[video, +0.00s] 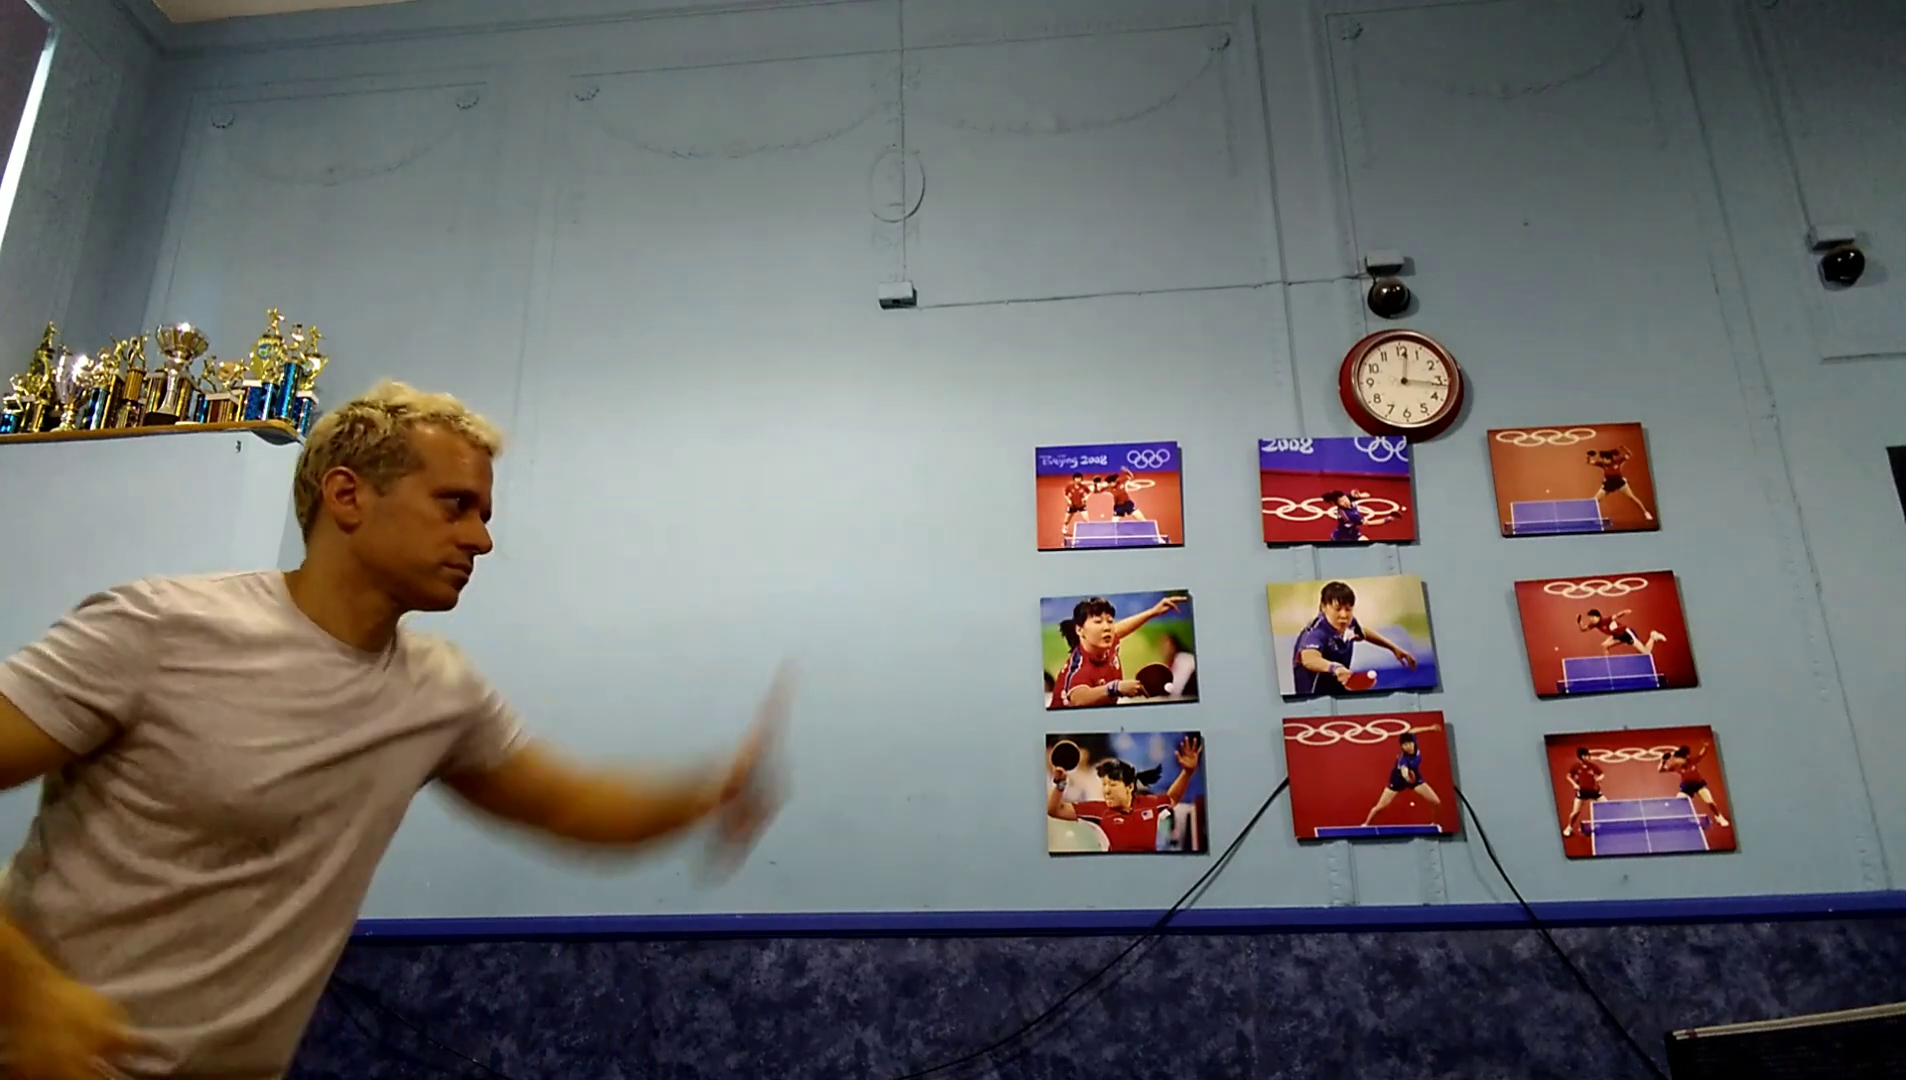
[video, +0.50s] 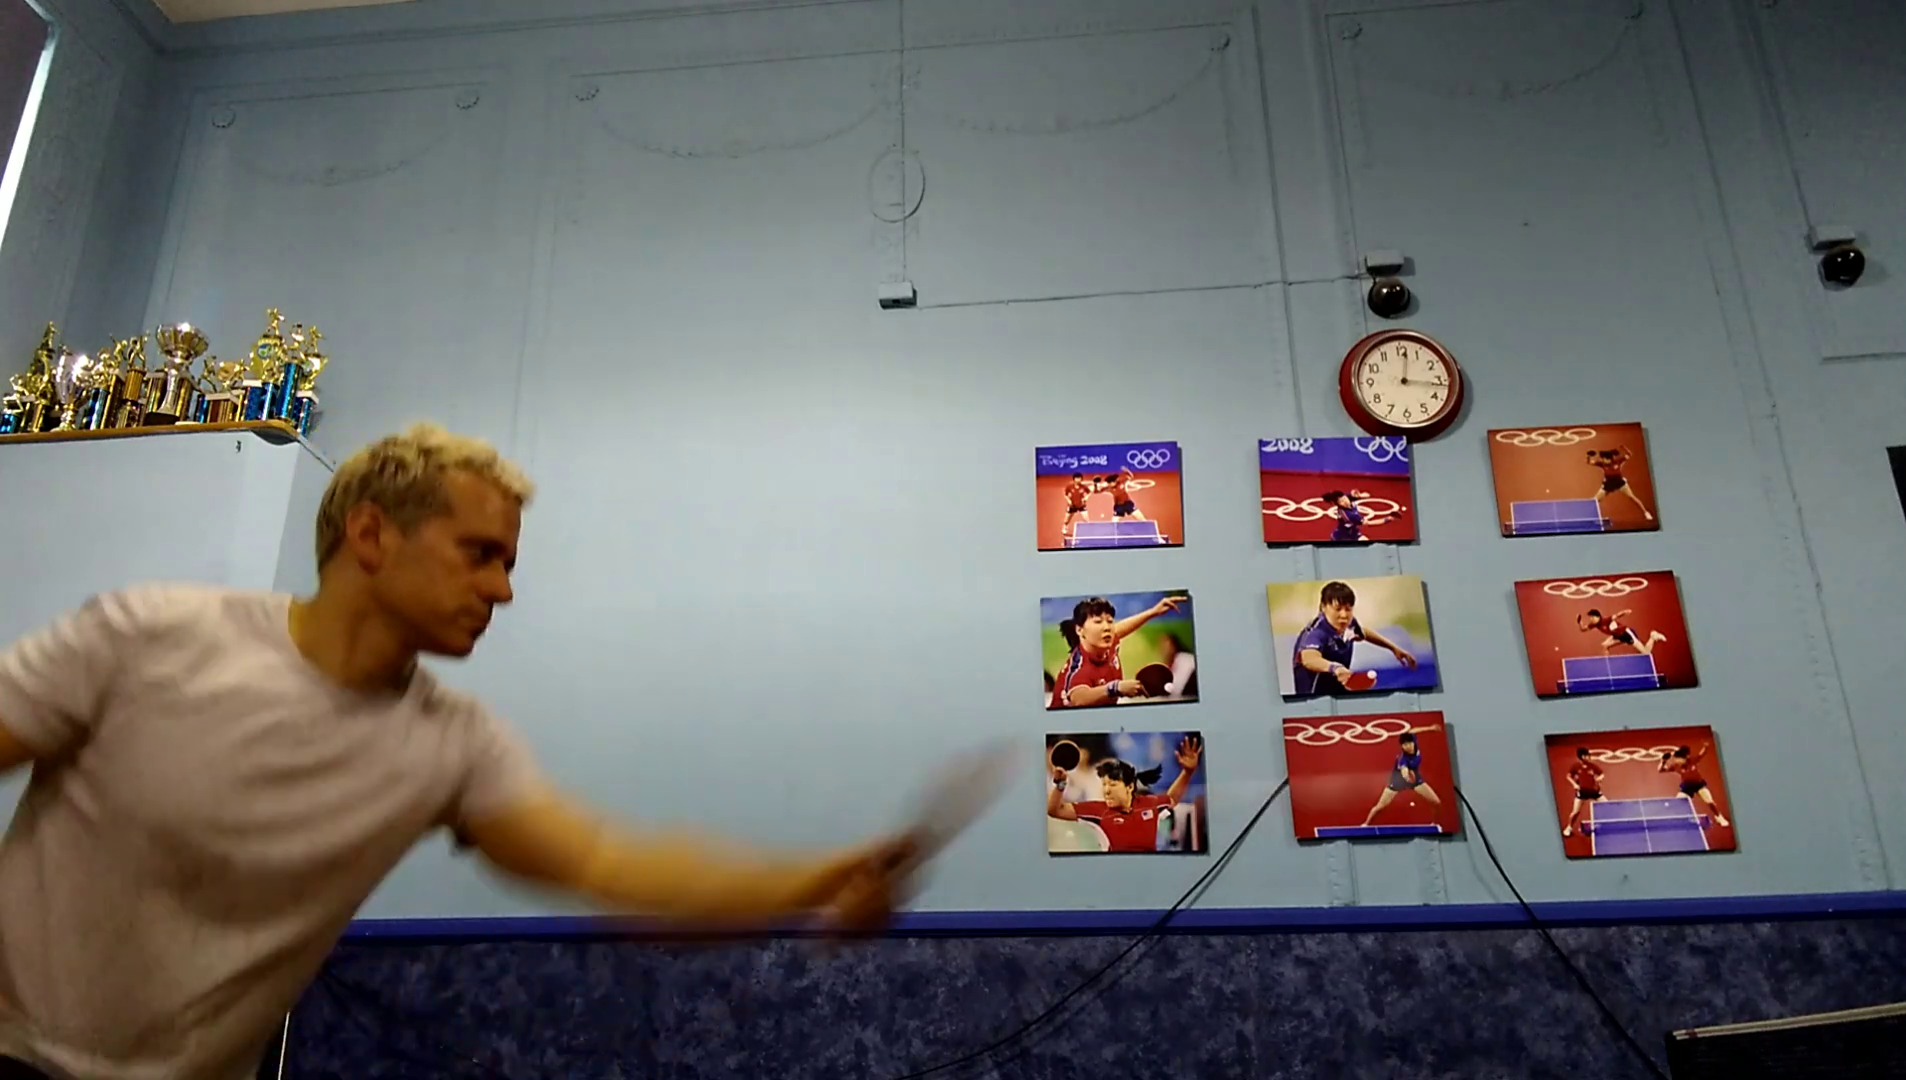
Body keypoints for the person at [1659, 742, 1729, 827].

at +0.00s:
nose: (1678, 761)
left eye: (1680, 759)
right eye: (1677, 759)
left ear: (1686, 758)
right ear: (1676, 758)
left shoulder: (1692, 761)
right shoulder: (1676, 766)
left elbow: (1701, 755)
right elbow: (1661, 770)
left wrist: (1705, 747)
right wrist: (1663, 761)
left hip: (1699, 784)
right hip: (1686, 786)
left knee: (1710, 802)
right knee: (1678, 803)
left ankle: (1718, 816)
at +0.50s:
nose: (1679, 762)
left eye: (1681, 760)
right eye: (1678, 760)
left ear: (1686, 758)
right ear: (1676, 759)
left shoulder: (1692, 761)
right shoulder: (1676, 766)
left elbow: (1700, 756)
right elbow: (1661, 770)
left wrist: (1705, 747)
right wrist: (1663, 760)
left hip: (1699, 784)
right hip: (1686, 786)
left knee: (1710, 802)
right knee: (1678, 803)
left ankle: (1718, 817)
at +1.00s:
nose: (1679, 761)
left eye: (1681, 759)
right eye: (1678, 760)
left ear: (1686, 757)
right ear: (1676, 759)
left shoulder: (1692, 761)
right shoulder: (1676, 766)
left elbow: (1700, 755)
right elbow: (1661, 770)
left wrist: (1705, 747)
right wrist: (1663, 760)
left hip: (1699, 784)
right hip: (1686, 786)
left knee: (1710, 802)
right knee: (1678, 803)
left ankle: (1719, 817)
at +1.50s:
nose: (1681, 761)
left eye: (1683, 759)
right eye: (1680, 760)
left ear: (1687, 757)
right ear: (1677, 758)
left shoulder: (1692, 761)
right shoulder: (1676, 766)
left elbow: (1700, 756)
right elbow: (1661, 770)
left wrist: (1705, 747)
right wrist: (1663, 761)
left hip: (1699, 784)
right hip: (1686, 786)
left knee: (1710, 802)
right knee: (1678, 803)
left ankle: (1718, 816)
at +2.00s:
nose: (1685, 759)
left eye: (1686, 757)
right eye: (1683, 757)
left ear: (1687, 756)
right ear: (1679, 757)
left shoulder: (1692, 760)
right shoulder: (1676, 766)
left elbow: (1701, 755)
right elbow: (1661, 770)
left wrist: (1705, 747)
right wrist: (1663, 760)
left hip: (1699, 784)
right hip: (1686, 786)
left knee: (1710, 802)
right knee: (1678, 803)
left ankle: (1719, 817)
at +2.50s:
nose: (1683, 761)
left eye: (1685, 758)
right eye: (1681, 759)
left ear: (1687, 756)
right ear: (1678, 758)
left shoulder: (1692, 760)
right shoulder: (1676, 766)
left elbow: (1701, 755)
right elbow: (1661, 770)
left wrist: (1705, 747)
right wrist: (1663, 760)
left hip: (1699, 784)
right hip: (1686, 786)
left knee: (1710, 802)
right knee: (1678, 803)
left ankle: (1718, 816)